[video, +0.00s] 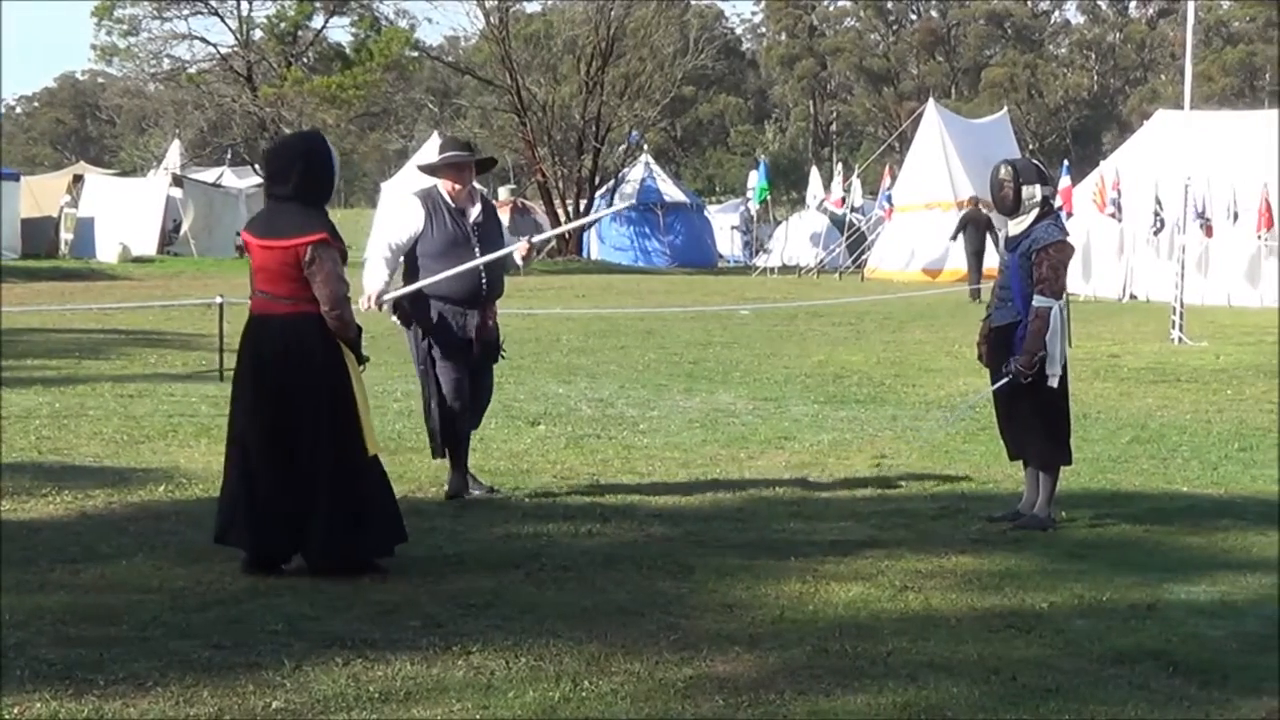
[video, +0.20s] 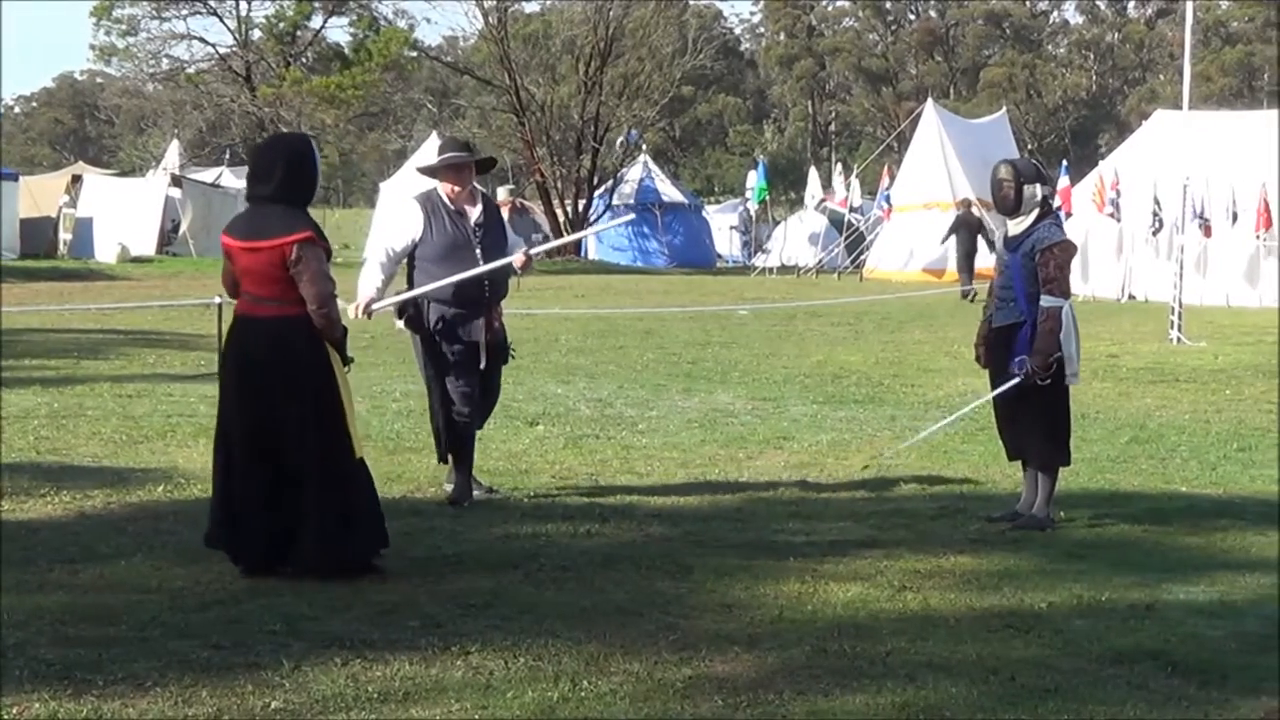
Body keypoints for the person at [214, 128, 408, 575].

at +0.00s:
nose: (332, 178)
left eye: (329, 170)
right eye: (328, 171)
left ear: (273, 177)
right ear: (319, 178)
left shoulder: (257, 227)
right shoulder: (316, 232)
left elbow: (262, 281)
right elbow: (334, 308)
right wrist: (353, 338)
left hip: (262, 336)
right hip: (309, 342)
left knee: (268, 439)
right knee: (327, 439)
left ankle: (264, 546)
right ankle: (339, 547)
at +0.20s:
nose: (314, 179)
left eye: (311, 170)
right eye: (310, 171)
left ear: (258, 175)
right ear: (301, 177)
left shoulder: (237, 229)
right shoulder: (300, 232)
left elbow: (232, 287)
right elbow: (321, 307)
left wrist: (270, 296)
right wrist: (338, 339)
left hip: (246, 339)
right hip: (294, 343)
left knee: (252, 440)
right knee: (311, 439)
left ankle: (257, 544)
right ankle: (326, 544)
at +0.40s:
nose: (307, 183)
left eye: (304, 175)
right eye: (303, 175)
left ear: (248, 176)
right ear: (293, 180)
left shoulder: (229, 227)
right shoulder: (291, 234)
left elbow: (245, 280)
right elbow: (313, 303)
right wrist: (333, 341)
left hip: (242, 335)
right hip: (287, 341)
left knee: (246, 437)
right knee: (300, 438)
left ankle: (244, 543)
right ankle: (310, 544)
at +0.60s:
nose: (308, 181)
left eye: (305, 174)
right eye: (304, 175)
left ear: (249, 175)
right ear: (295, 181)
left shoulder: (229, 223)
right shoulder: (292, 235)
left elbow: (236, 191)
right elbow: (316, 304)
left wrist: (254, 166)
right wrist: (337, 344)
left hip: (246, 336)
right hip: (291, 342)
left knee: (246, 438)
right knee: (303, 440)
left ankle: (241, 542)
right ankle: (308, 545)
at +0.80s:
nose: (306, 180)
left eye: (303, 173)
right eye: (303, 174)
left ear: (247, 177)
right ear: (294, 181)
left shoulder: (229, 224)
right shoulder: (290, 236)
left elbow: (236, 191)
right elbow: (315, 303)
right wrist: (337, 344)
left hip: (246, 336)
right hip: (291, 342)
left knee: (246, 439)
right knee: (303, 441)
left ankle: (241, 542)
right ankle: (305, 545)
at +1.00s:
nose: (307, 178)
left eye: (304, 170)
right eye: (302, 171)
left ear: (247, 176)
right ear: (291, 179)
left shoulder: (229, 227)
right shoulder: (291, 235)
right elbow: (317, 305)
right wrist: (339, 344)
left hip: (247, 337)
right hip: (291, 343)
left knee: (247, 439)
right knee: (305, 441)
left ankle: (242, 541)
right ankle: (310, 546)